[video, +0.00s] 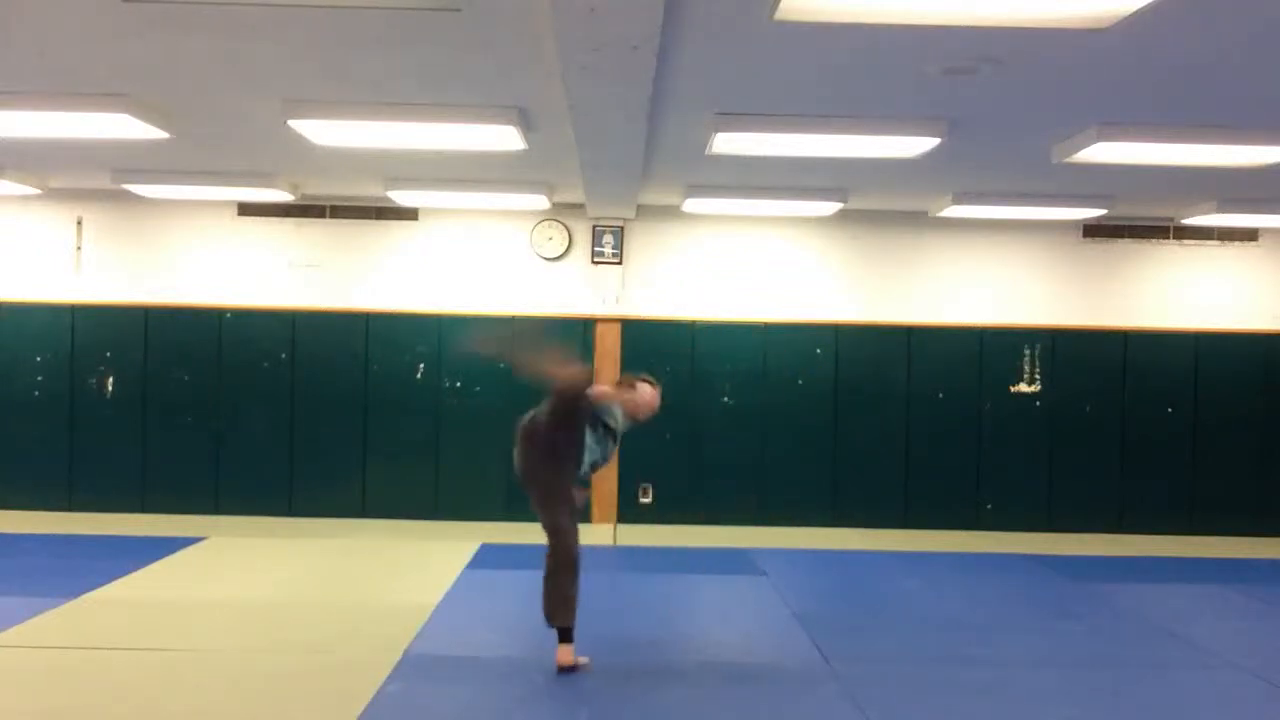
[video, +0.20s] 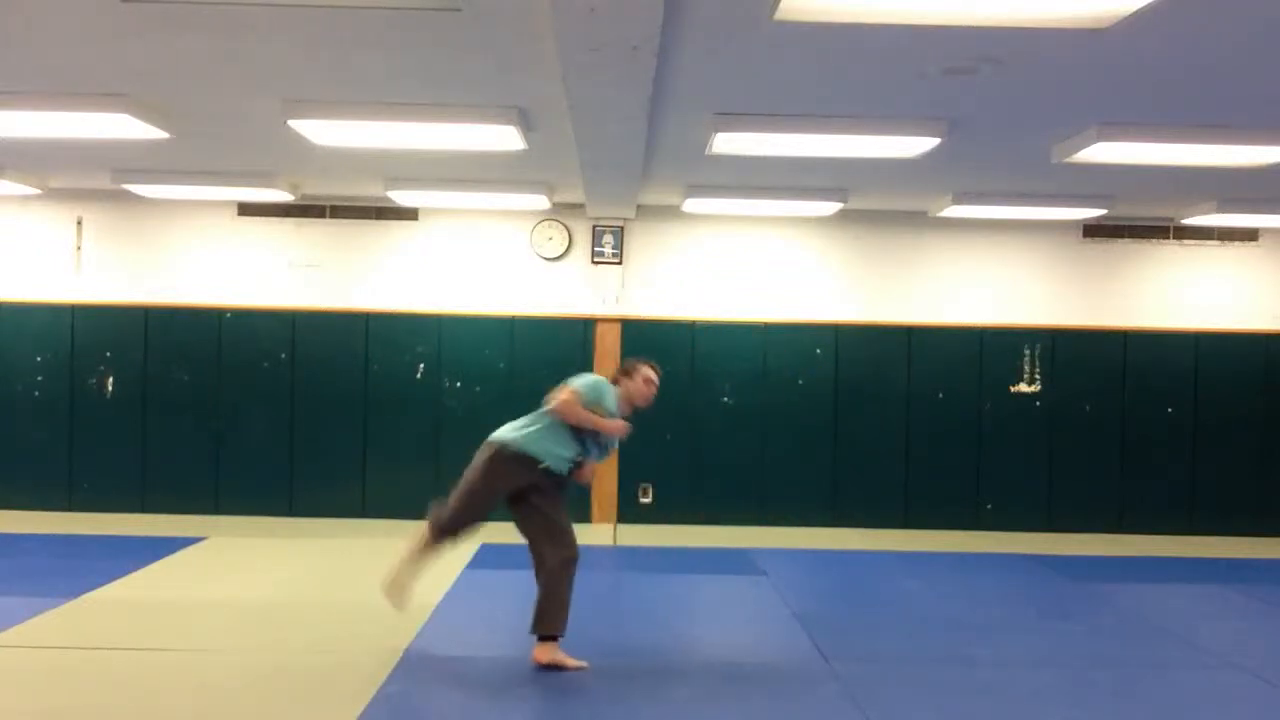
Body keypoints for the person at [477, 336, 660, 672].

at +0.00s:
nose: (648, 405)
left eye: (653, 405)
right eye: (647, 395)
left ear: (648, 415)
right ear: (630, 388)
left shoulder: (607, 442)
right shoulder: (608, 402)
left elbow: (578, 469)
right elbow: (592, 395)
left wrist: (577, 490)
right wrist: (625, 398)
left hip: (554, 481)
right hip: (546, 443)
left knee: (565, 551)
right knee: (575, 382)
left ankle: (565, 647)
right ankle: (507, 353)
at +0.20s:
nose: (652, 390)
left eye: (655, 386)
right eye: (647, 381)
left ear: (651, 393)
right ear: (625, 377)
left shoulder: (616, 426)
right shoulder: (596, 385)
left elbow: (582, 467)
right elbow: (560, 404)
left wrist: (587, 472)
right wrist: (604, 425)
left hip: (543, 478)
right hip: (508, 454)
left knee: (560, 554)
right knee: (454, 519)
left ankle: (547, 645)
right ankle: (410, 564)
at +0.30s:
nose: (608, 364)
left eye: (615, 361)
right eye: (605, 354)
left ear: (618, 372)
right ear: (586, 354)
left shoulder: (600, 417)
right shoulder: (546, 376)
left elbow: (585, 462)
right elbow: (498, 405)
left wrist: (571, 451)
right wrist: (545, 416)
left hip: (542, 488)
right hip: (495, 475)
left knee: (561, 556)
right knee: (460, 555)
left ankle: (551, 644)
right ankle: (459, 611)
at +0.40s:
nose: (548, 347)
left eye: (556, 342)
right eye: (543, 339)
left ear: (565, 350)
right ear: (528, 341)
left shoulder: (575, 393)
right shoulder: (505, 373)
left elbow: (577, 446)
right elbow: (473, 415)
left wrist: (547, 451)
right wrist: (488, 424)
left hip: (540, 481)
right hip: (494, 476)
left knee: (549, 555)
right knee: (462, 549)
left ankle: (563, 640)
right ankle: (465, 615)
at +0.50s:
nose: (507, 335)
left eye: (515, 328)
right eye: (502, 327)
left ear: (529, 333)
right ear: (495, 331)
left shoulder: (549, 375)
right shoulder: (490, 364)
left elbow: (564, 427)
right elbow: (486, 403)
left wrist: (524, 435)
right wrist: (477, 415)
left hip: (536, 473)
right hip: (494, 468)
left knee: (544, 552)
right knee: (471, 542)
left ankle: (564, 636)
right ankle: (467, 615)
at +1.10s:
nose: (528, 325)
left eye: (537, 319)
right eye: (526, 319)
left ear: (556, 326)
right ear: (521, 324)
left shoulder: (577, 370)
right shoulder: (509, 360)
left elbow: (600, 421)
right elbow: (475, 405)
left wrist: (562, 416)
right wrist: (509, 417)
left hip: (553, 478)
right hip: (506, 474)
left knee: (556, 558)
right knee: (481, 548)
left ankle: (582, 643)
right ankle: (467, 616)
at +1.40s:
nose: (520, 325)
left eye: (528, 320)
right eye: (520, 319)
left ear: (550, 327)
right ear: (522, 325)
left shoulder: (580, 368)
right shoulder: (509, 359)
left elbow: (600, 415)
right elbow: (495, 408)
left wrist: (599, 457)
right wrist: (544, 431)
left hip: (557, 476)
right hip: (509, 471)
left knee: (566, 558)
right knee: (482, 543)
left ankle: (581, 642)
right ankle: (495, 593)